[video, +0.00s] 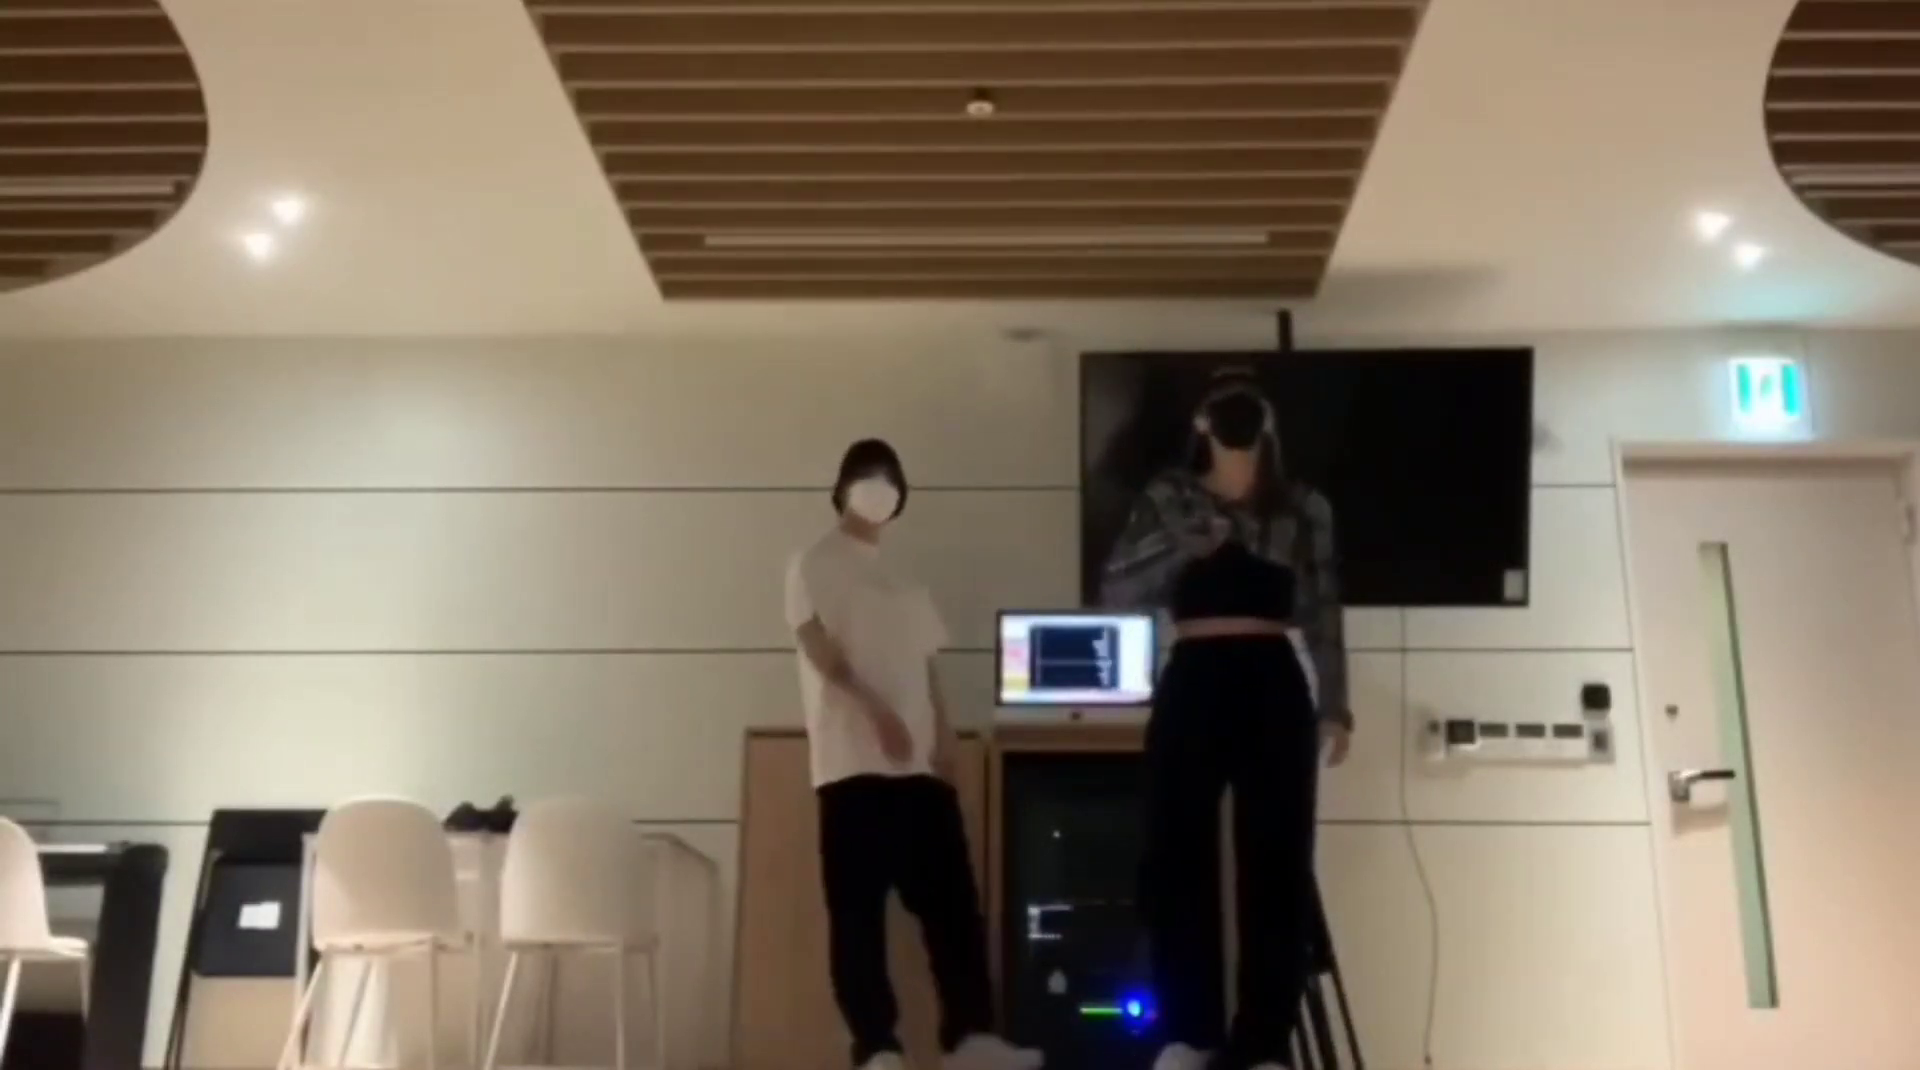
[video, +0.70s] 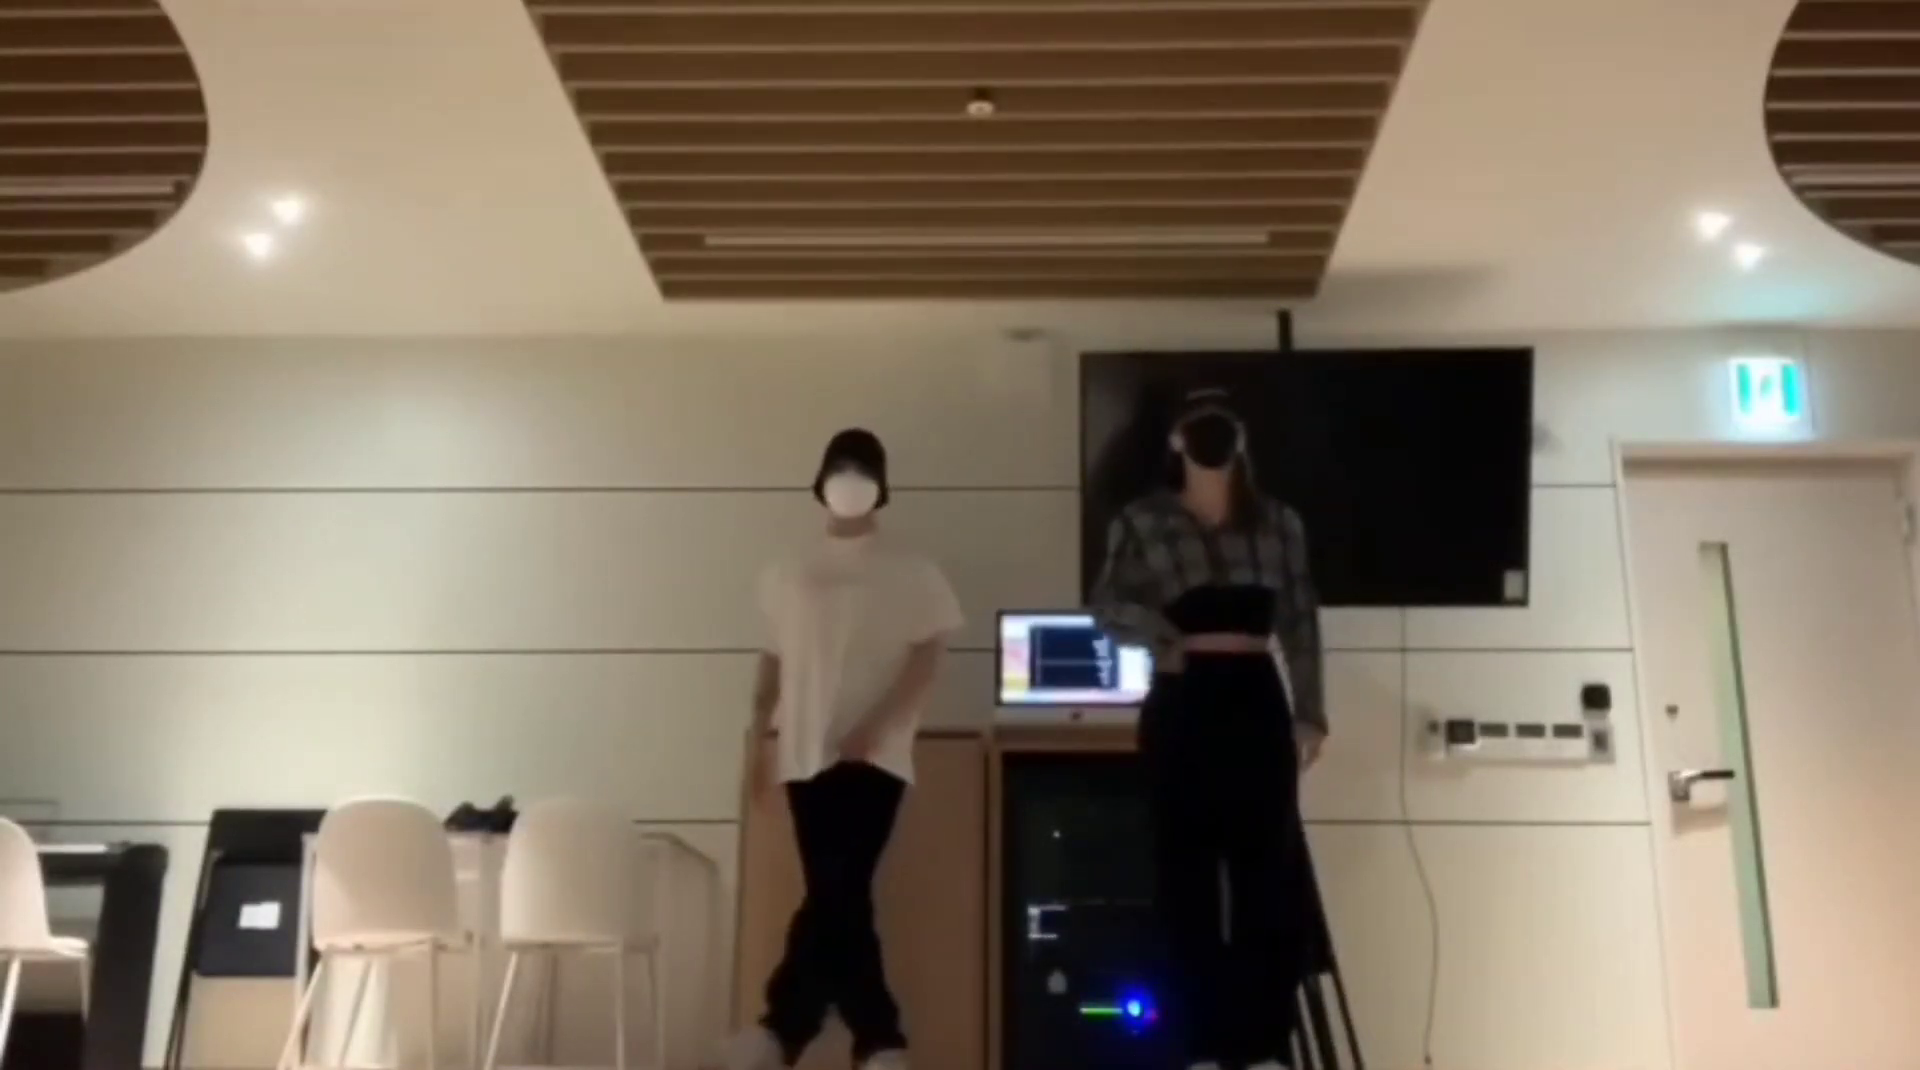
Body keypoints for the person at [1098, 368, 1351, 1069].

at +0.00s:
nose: (1238, 419)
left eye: (1251, 406)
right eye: (1224, 408)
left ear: (1270, 425)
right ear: (1201, 425)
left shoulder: (1302, 507)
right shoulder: (1170, 498)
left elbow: (1322, 612)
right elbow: (1115, 588)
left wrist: (1334, 704)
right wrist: (1185, 547)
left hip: (1275, 687)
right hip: (1194, 685)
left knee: (1276, 863)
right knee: (1179, 856)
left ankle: (1265, 1040)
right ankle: (1188, 1034)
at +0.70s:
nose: (1211, 434)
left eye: (1223, 423)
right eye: (1196, 425)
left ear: (1242, 440)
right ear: (1173, 441)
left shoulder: (1278, 524)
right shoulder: (1141, 523)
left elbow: (1300, 623)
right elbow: (1106, 606)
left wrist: (1310, 713)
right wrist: (1159, 635)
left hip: (1257, 710)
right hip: (1182, 711)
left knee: (1265, 872)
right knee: (1186, 874)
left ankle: (1261, 1038)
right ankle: (1200, 1037)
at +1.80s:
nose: (1194, 419)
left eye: (1204, 411)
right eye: (1183, 409)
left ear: (1223, 421)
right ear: (1162, 420)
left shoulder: (1264, 494)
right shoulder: (1126, 493)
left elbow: (1290, 596)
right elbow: (1107, 587)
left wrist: (1308, 693)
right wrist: (1129, 673)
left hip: (1242, 685)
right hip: (1162, 686)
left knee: (1249, 859)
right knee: (1129, 846)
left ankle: (1242, 1042)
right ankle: (1117, 1025)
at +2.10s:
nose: (1169, 405)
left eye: (1181, 393)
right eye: (1155, 393)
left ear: (1202, 408)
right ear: (1128, 408)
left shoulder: (1235, 488)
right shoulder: (1093, 487)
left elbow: (1262, 594)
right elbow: (1060, 583)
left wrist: (1288, 696)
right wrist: (1101, 649)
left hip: (1203, 690)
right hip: (1122, 691)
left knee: (1199, 860)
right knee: (1115, 859)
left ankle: (1194, 1032)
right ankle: (1104, 1034)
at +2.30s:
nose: (1169, 410)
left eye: (1181, 397)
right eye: (1153, 399)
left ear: (1201, 413)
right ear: (1129, 417)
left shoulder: (1228, 494)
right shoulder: (1096, 493)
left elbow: (1244, 586)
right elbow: (1056, 585)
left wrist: (1237, 634)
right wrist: (1085, 678)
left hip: (1202, 689)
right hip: (1123, 688)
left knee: (1194, 829)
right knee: (1108, 839)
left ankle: (1186, 971)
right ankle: (1100, 993)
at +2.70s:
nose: (1176, 426)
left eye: (1192, 413)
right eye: (1167, 415)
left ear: (1218, 426)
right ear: (1150, 426)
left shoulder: (1248, 482)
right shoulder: (1135, 506)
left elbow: (1355, 508)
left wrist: (1477, 513)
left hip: (1257, 690)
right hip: (1173, 709)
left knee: (1358, 863)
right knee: (1109, 874)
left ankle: (1448, 1057)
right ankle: (1082, 1046)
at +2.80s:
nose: (1200, 413)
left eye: (1210, 401)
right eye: (1193, 401)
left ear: (1225, 418)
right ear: (1174, 418)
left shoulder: (1251, 476)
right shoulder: (1149, 498)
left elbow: (1338, 467)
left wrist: (1455, 451)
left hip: (1260, 683)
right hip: (1183, 702)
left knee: (1358, 860)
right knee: (1121, 865)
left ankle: (1447, 1050)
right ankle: (1083, 1041)